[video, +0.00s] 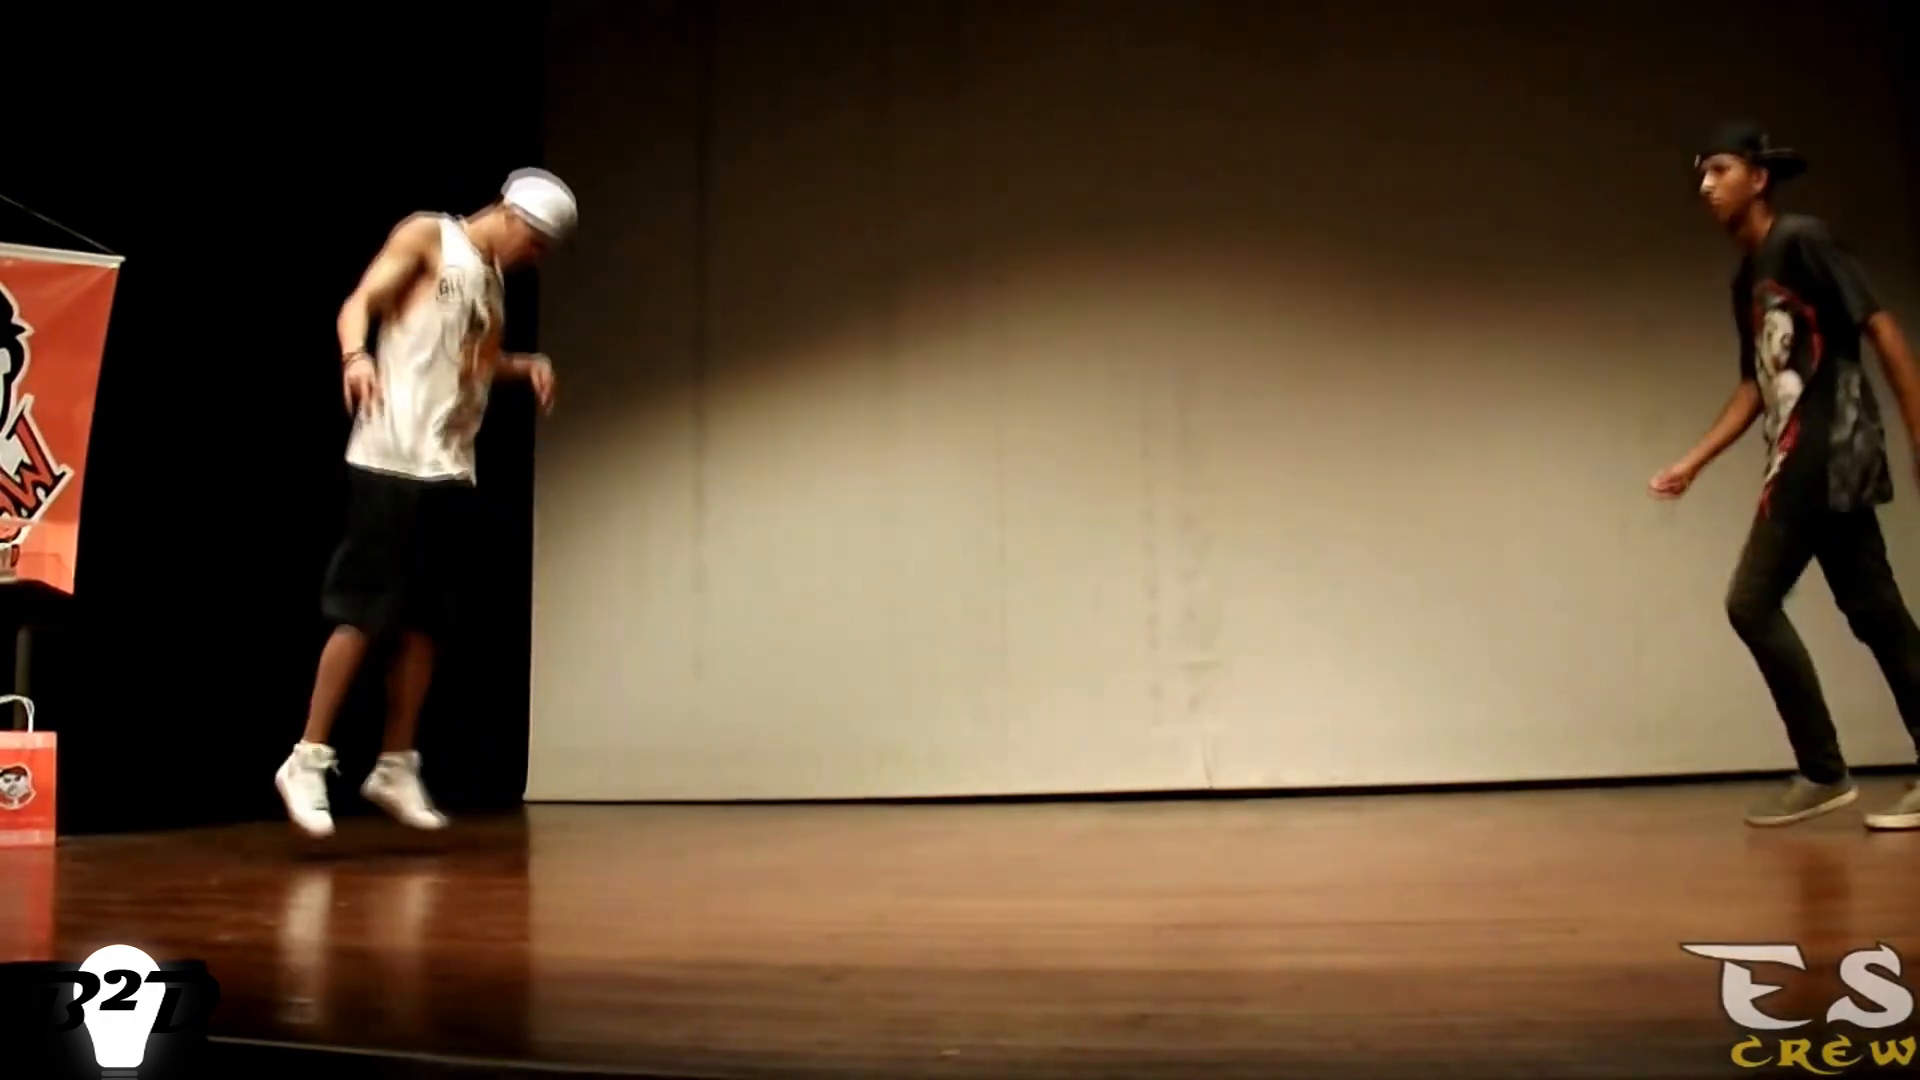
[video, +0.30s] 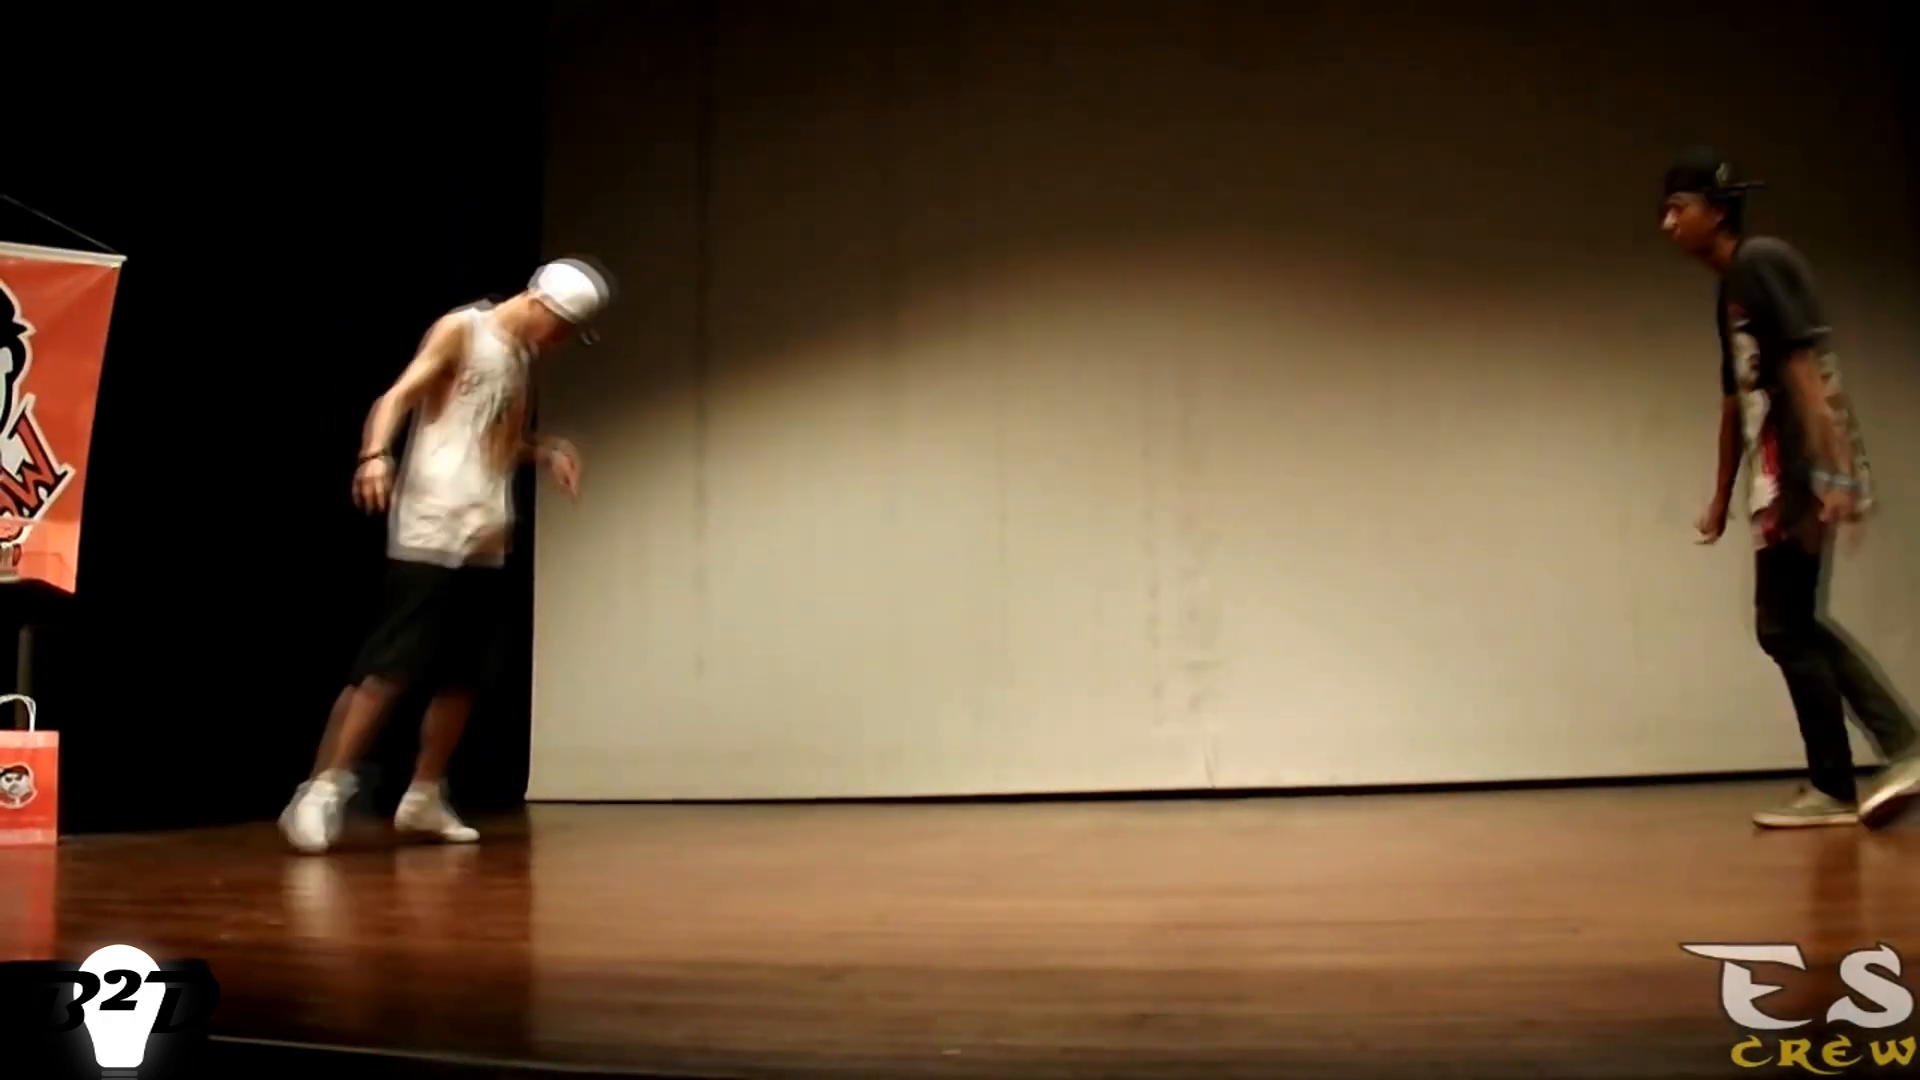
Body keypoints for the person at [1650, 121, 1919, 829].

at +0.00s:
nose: (1706, 184)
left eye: (1718, 171)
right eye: (1702, 174)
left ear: (1759, 177)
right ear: (1711, 188)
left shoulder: (1804, 241)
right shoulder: (1747, 275)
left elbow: (1882, 329)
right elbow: (1757, 387)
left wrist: (1917, 432)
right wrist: (1692, 463)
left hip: (1823, 457)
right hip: (1814, 460)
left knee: (1751, 604)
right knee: (1881, 616)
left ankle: (1824, 774)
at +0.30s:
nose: (1667, 222)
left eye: (1679, 209)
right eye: (1666, 210)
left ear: (1718, 211)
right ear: (1699, 215)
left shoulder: (1763, 263)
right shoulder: (1732, 285)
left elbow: (1805, 373)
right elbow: (1736, 401)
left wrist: (1835, 472)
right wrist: (1721, 495)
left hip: (1801, 476)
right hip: (1780, 479)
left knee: (1785, 627)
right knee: (1797, 624)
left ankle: (1833, 790)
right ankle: (1900, 746)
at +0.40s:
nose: (1659, 232)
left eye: (1665, 219)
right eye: (1658, 219)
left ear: (1695, 216)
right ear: (1699, 216)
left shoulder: (1744, 261)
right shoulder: (1730, 270)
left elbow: (1769, 362)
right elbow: (1736, 378)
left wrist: (1759, 462)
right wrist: (1723, 464)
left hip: (1787, 480)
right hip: (1769, 479)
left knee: (1780, 626)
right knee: (1747, 618)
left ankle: (1834, 788)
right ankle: (1875, 716)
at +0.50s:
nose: (1652, 233)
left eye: (1658, 218)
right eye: (1649, 220)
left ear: (1688, 215)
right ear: (1693, 217)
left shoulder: (1719, 255)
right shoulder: (1724, 260)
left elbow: (1735, 344)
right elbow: (1745, 357)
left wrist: (1691, 396)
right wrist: (1689, 396)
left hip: (1772, 483)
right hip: (1748, 483)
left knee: (1786, 630)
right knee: (1697, 608)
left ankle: (1837, 787)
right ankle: (1811, 720)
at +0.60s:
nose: (1633, 230)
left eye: (1642, 217)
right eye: (1631, 219)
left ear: (1675, 216)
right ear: (1677, 219)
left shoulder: (1691, 255)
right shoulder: (1718, 263)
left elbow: (1706, 324)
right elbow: (1738, 372)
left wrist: (1639, 359)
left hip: (1746, 487)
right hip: (1739, 488)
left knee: (1780, 630)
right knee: (1669, 613)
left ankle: (1836, 786)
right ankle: (1730, 750)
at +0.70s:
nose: (1609, 237)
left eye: (1620, 224)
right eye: (1608, 226)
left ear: (1655, 226)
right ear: (1641, 233)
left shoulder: (1678, 268)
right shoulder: (1666, 281)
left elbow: (1679, 337)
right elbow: (1671, 355)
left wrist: (1606, 374)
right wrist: (1599, 373)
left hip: (1729, 493)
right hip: (1707, 496)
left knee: (1767, 634)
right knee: (1663, 631)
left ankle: (1835, 784)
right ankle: (1638, 784)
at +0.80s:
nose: (1585, 242)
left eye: (1597, 229)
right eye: (1582, 232)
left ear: (1632, 233)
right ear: (1601, 241)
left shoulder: (1660, 286)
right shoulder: (1641, 298)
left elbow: (1657, 363)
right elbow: (1670, 405)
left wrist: (1588, 421)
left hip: (1703, 503)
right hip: (1672, 506)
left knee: (1737, 634)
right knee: (1632, 633)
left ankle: (1831, 778)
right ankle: (1623, 794)